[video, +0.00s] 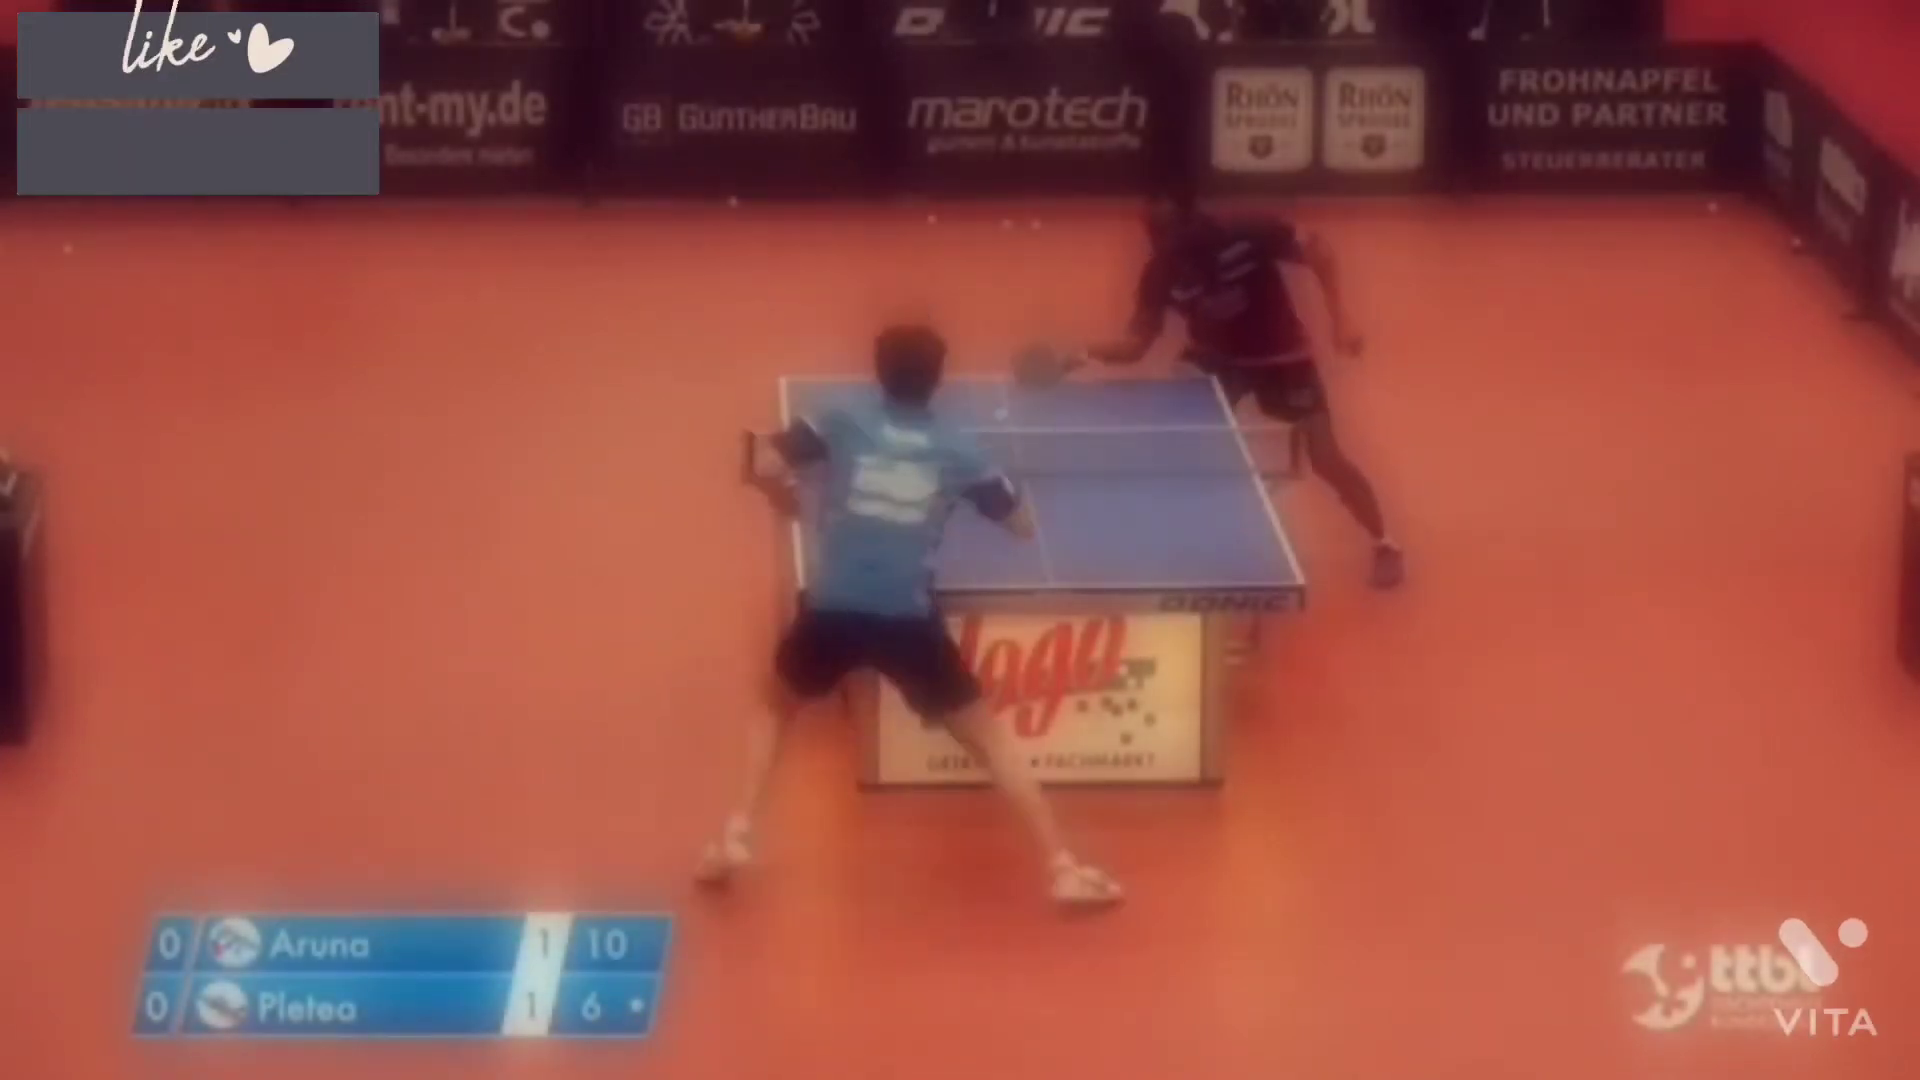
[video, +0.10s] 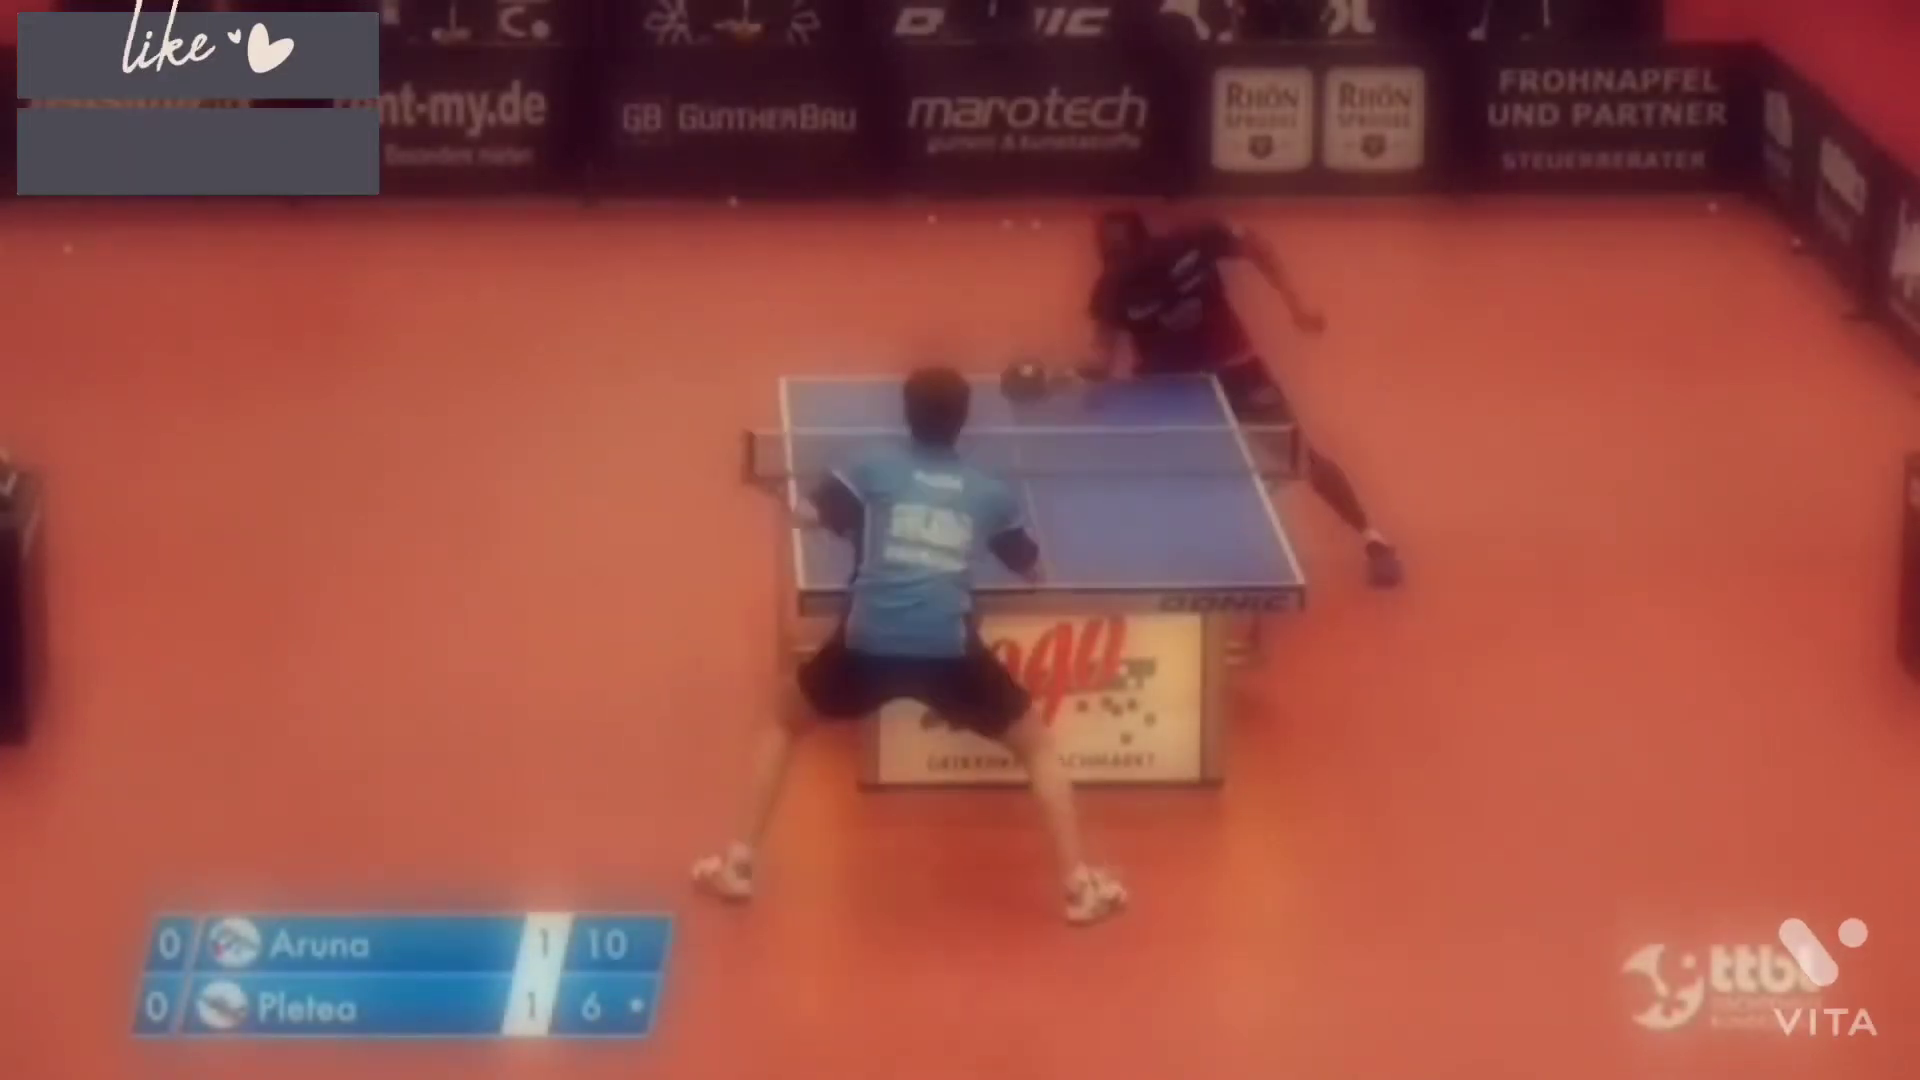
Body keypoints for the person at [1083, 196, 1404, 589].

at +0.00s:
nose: (1159, 234)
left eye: (1166, 223)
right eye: (1153, 225)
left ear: (1188, 214)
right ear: (1149, 225)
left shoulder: (1244, 235)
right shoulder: (1162, 268)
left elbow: (1319, 256)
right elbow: (1135, 344)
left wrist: (1342, 325)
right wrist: (1083, 353)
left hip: (1282, 361)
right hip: (1213, 366)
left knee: (1325, 460)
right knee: (1171, 451)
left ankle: (1383, 542)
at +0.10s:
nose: (1116, 252)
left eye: (1121, 242)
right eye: (1109, 246)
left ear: (1139, 235)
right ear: (1103, 248)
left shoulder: (1190, 243)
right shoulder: (1111, 290)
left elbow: (1254, 246)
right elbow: (1105, 355)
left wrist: (1297, 307)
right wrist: (1093, 377)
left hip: (1234, 372)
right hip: (1171, 389)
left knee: (1297, 455)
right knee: (1178, 481)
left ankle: (1370, 537)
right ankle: (1186, 581)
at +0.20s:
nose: (1097, 274)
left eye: (1101, 263)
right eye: (1088, 268)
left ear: (1116, 252)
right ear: (1078, 268)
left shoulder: (1155, 256)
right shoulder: (1086, 304)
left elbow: (1212, 254)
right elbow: (1082, 366)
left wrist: (1257, 307)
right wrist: (1079, 390)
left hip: (1206, 381)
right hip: (1146, 398)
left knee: (1270, 453)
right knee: (1164, 485)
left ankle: (1342, 533)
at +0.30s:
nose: (1086, 246)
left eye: (1091, 236)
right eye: (1077, 240)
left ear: (1104, 230)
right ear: (1065, 242)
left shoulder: (1144, 242)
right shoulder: (1064, 283)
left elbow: (1203, 243)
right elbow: (1067, 339)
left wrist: (1237, 311)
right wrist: (1079, 365)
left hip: (1188, 366)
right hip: (1124, 385)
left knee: (1236, 438)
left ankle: (1279, 515)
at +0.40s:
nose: (1087, 225)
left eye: (1094, 214)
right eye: (1078, 217)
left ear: (1109, 208)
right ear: (1067, 217)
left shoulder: (1148, 227)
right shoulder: (1059, 261)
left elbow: (1213, 238)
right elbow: (1060, 318)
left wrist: (1241, 312)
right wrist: (1053, 359)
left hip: (1177, 347)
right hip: (1110, 355)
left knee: (1205, 433)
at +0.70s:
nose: (1112, 211)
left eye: (1120, 201)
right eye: (1104, 203)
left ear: (1135, 195)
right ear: (1094, 202)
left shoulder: (1174, 223)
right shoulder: (1090, 232)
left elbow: (1233, 265)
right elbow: (1072, 279)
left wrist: (1224, 334)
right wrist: (1051, 321)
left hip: (1195, 320)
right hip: (1128, 323)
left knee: (1258, 405)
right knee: (1072, 395)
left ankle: (1283, 490)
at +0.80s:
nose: (1121, 205)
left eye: (1128, 196)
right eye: (1113, 197)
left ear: (1145, 193)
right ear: (1104, 196)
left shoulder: (1188, 227)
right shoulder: (1096, 236)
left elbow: (1237, 271)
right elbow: (1084, 288)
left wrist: (1223, 333)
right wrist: (1073, 324)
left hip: (1204, 320)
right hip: (1137, 322)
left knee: (1273, 406)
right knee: (1081, 392)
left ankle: (1320, 485)